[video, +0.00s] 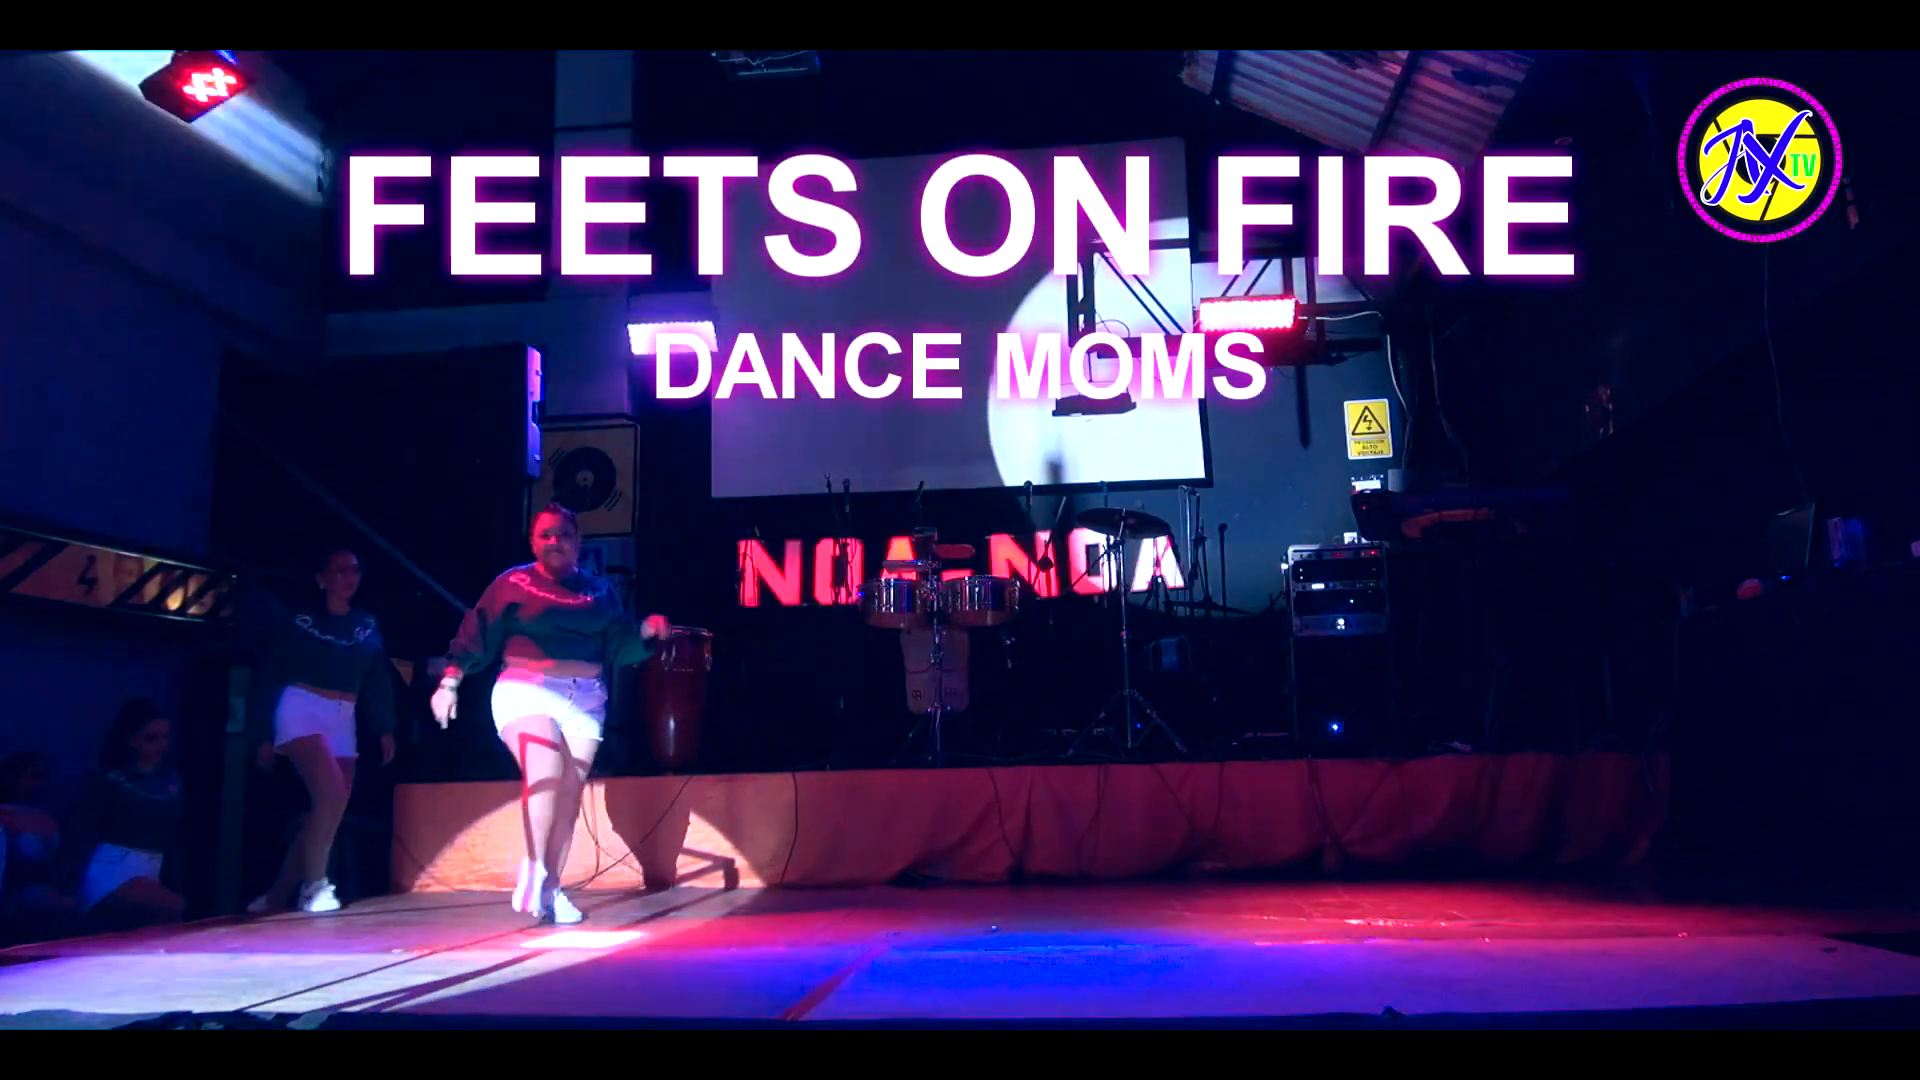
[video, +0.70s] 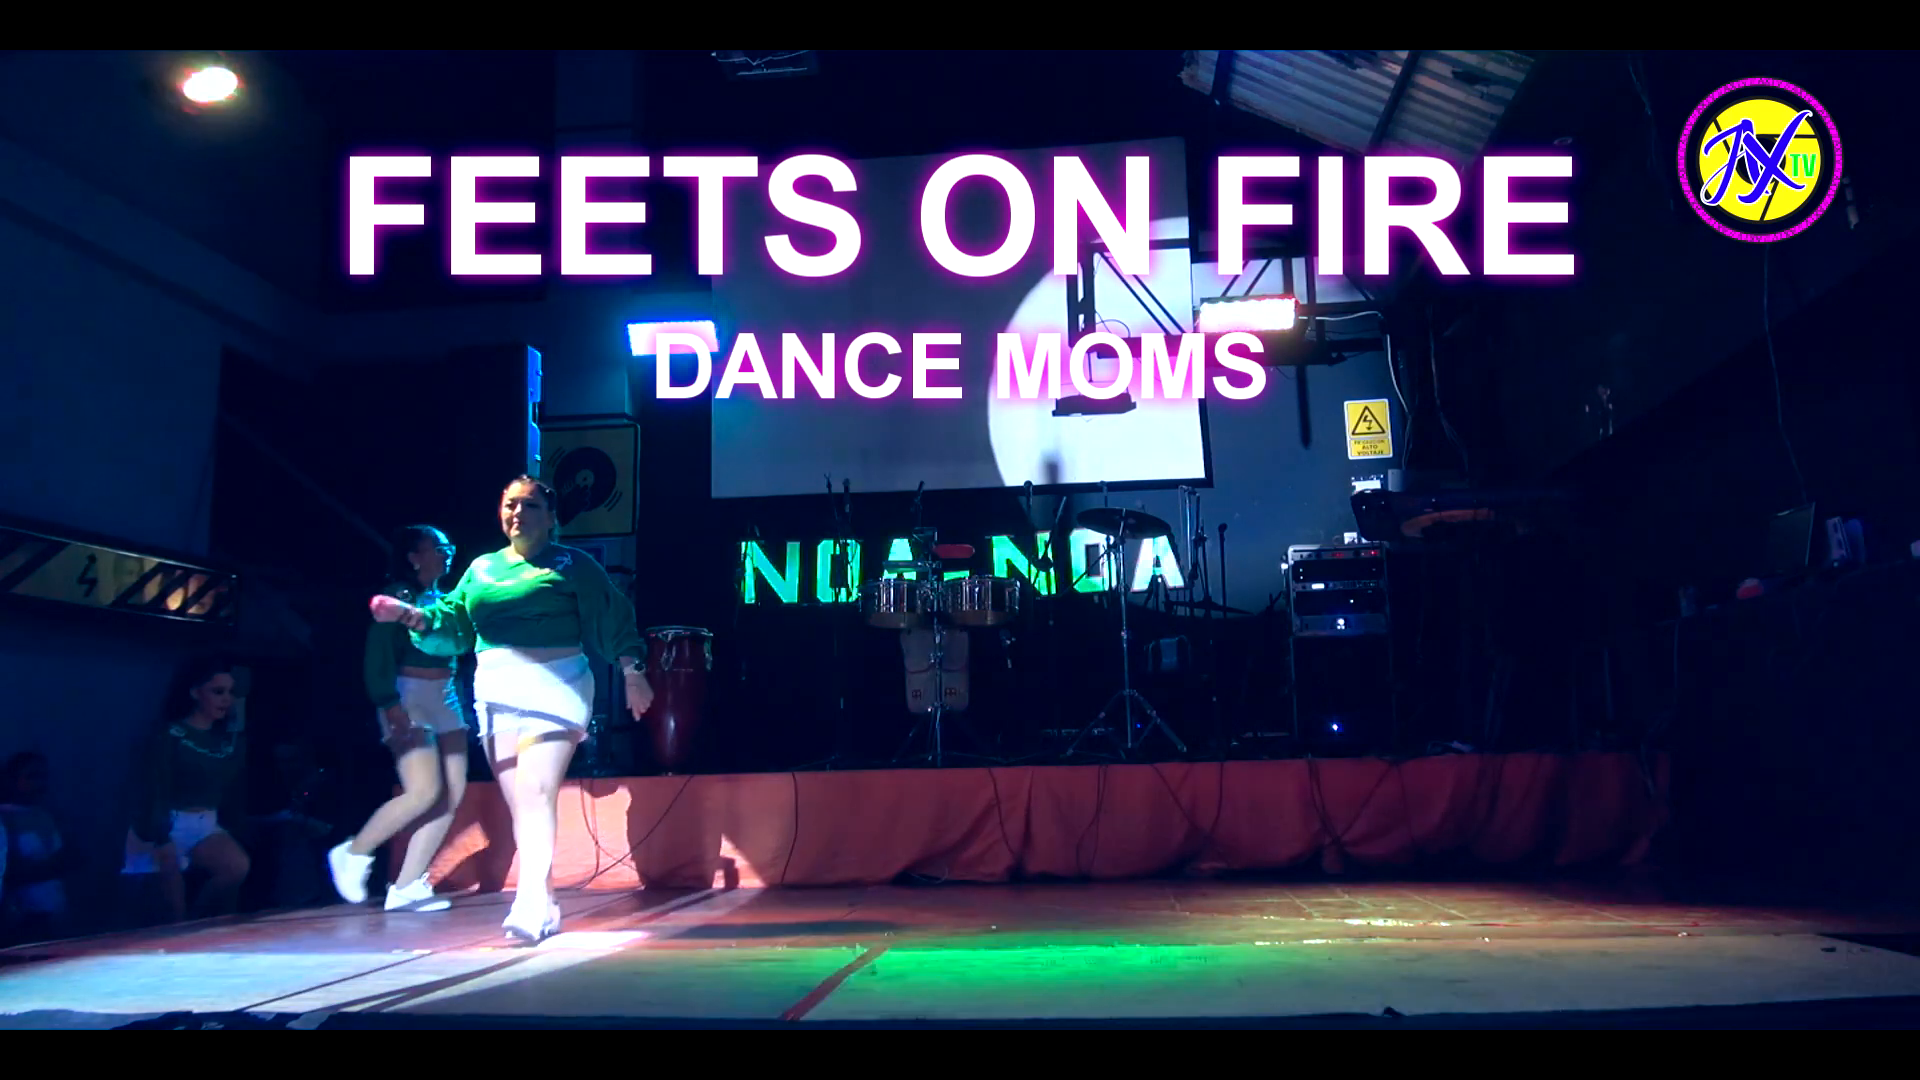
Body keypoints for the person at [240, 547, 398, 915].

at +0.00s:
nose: (348, 577)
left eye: (353, 571)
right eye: (340, 571)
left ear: (360, 577)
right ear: (322, 577)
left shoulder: (365, 625)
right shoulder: (298, 617)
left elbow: (379, 682)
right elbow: (272, 676)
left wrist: (385, 730)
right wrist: (266, 735)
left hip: (343, 716)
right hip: (300, 707)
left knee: (330, 808)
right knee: (332, 795)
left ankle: (276, 897)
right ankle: (315, 887)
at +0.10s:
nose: (358, 565)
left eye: (363, 559)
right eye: (349, 559)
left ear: (369, 568)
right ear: (331, 566)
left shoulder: (372, 614)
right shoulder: (307, 604)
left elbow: (384, 670)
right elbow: (282, 663)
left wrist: (392, 716)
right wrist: (276, 722)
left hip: (353, 704)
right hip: (309, 695)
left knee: (359, 799)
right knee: (329, 789)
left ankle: (283, 867)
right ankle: (314, 886)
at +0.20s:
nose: (370, 558)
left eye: (374, 552)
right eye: (362, 552)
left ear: (379, 560)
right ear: (342, 558)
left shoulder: (380, 606)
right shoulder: (318, 598)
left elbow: (389, 665)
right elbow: (295, 657)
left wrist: (394, 711)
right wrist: (292, 713)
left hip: (364, 694)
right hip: (322, 688)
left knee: (378, 787)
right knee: (329, 789)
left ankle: (308, 841)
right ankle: (315, 885)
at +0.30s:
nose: (381, 552)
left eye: (385, 546)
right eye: (373, 545)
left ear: (391, 554)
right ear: (353, 551)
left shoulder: (388, 597)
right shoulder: (331, 591)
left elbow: (394, 655)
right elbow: (310, 646)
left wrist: (395, 702)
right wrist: (313, 701)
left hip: (375, 685)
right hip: (334, 681)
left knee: (398, 774)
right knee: (329, 787)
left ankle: (346, 853)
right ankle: (314, 884)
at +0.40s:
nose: (397, 550)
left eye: (400, 544)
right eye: (388, 543)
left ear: (403, 554)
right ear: (366, 551)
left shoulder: (401, 598)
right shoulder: (349, 592)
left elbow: (403, 655)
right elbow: (325, 648)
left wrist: (401, 699)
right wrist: (343, 694)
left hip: (387, 689)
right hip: (344, 686)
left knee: (416, 773)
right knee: (328, 789)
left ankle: (384, 873)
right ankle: (315, 885)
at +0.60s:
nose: (432, 553)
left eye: (433, 548)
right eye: (423, 548)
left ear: (431, 558)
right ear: (399, 557)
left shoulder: (432, 601)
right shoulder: (381, 596)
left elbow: (457, 642)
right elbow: (361, 655)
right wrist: (381, 694)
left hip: (424, 696)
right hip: (380, 696)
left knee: (442, 786)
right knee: (379, 794)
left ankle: (406, 886)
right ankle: (326, 877)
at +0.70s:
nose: (448, 552)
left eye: (447, 547)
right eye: (438, 547)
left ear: (443, 558)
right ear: (414, 556)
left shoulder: (451, 601)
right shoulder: (398, 599)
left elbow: (465, 651)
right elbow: (378, 658)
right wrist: (391, 708)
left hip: (446, 694)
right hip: (407, 695)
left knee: (450, 794)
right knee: (424, 792)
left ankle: (407, 885)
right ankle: (352, 854)